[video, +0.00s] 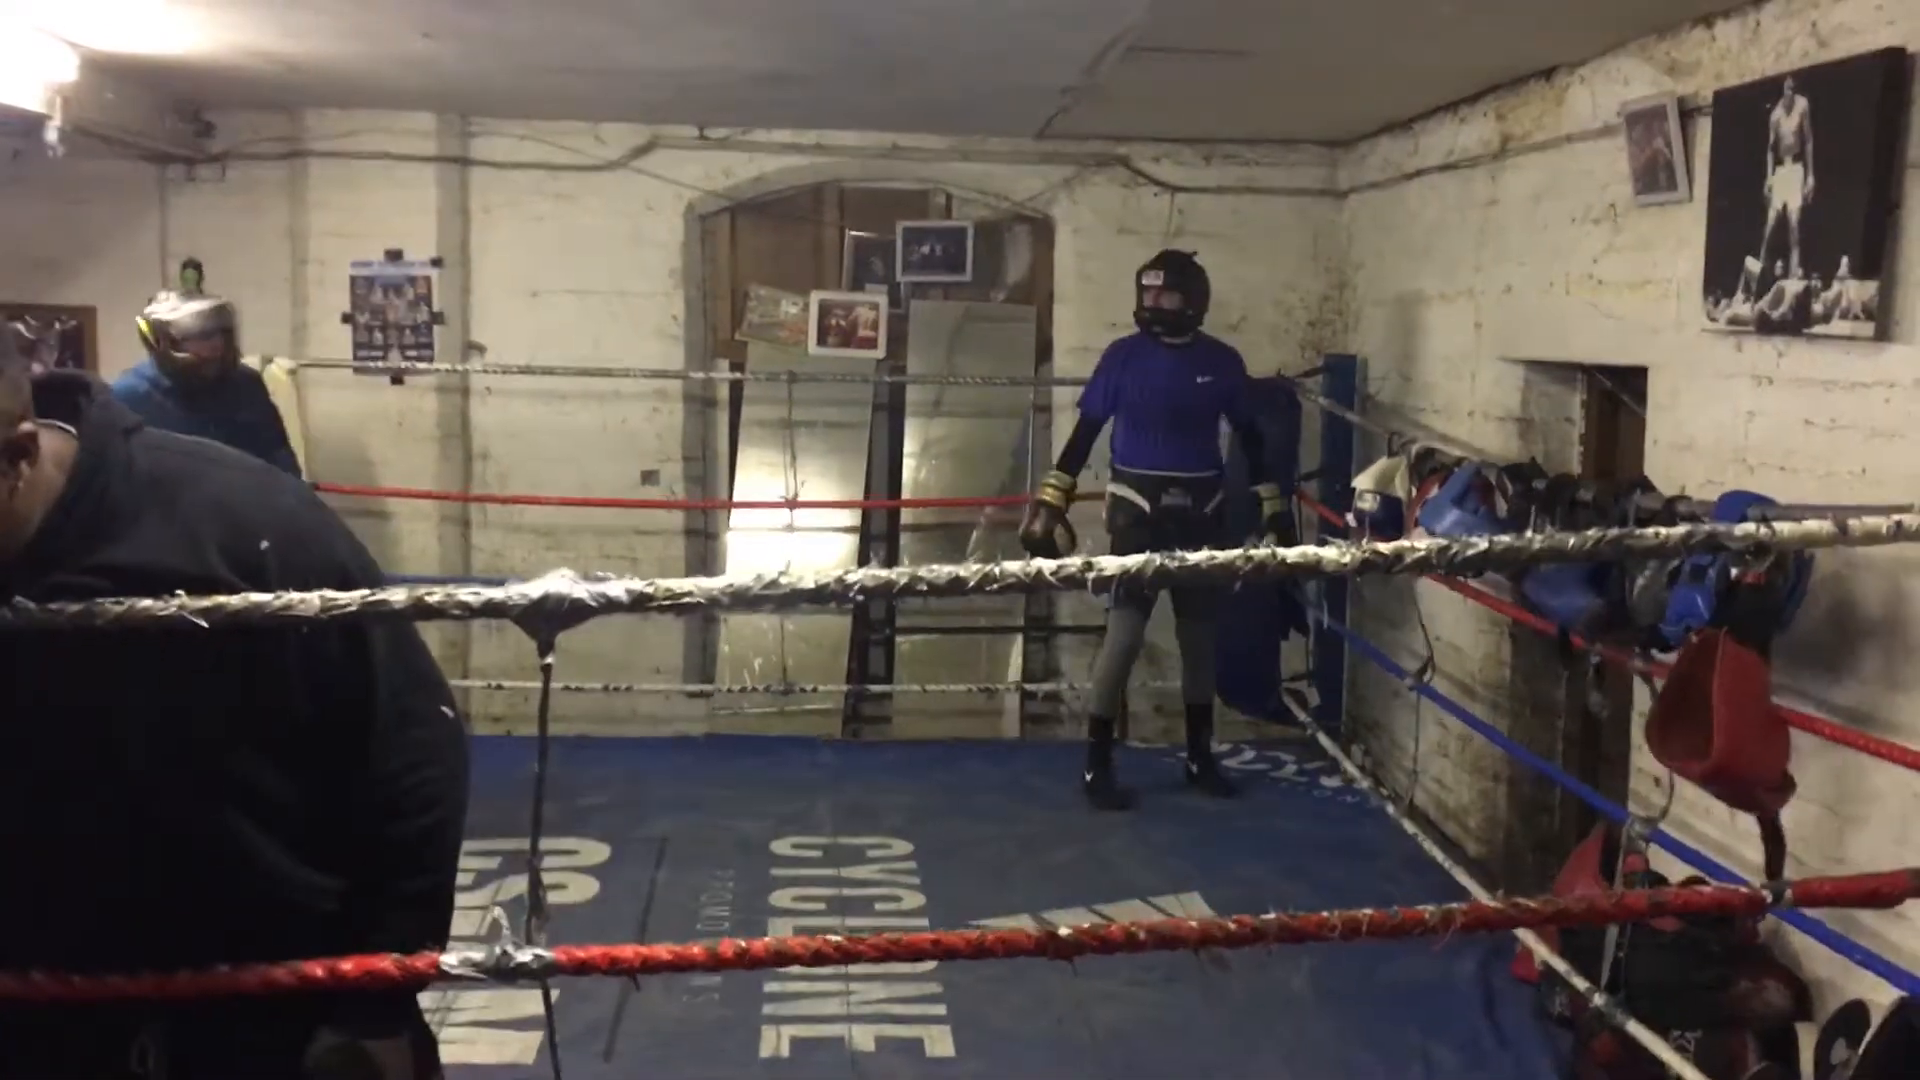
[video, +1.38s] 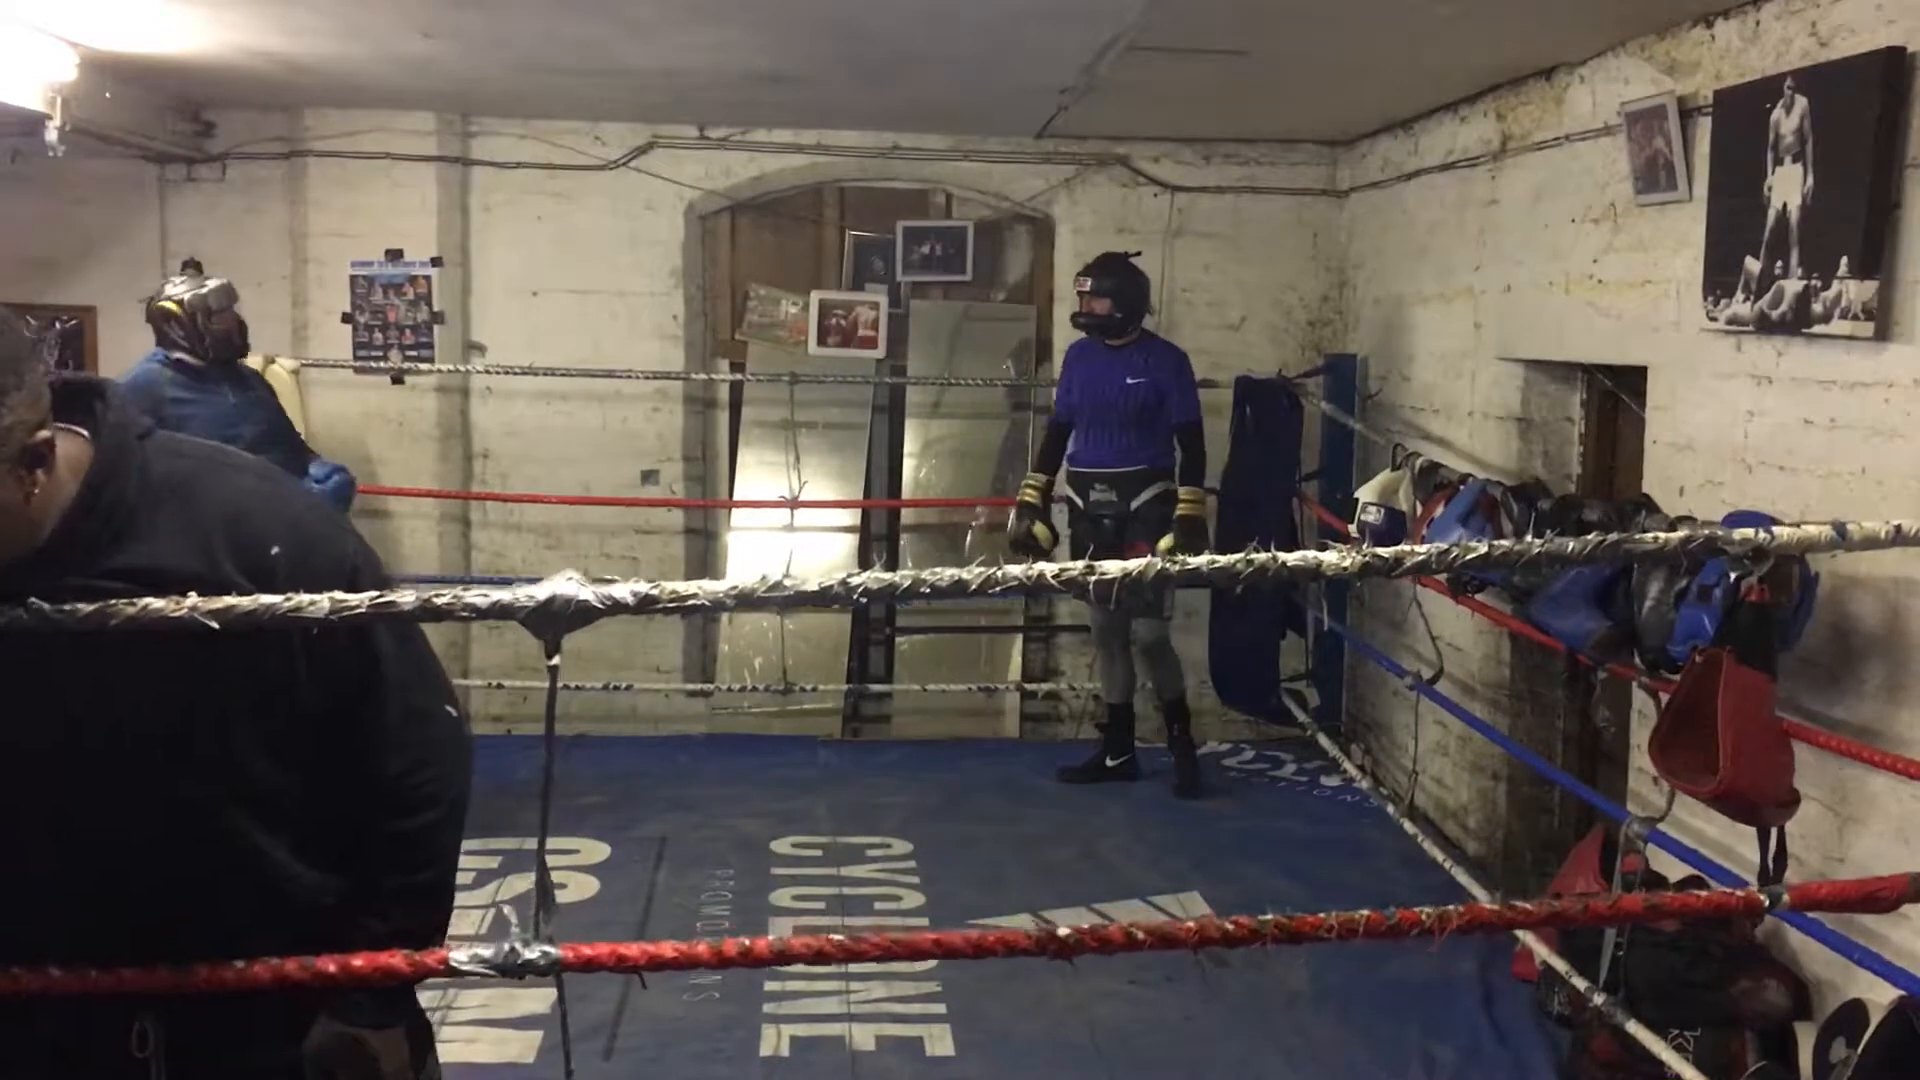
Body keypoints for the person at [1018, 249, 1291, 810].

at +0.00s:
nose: (1153, 301)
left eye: (1166, 292)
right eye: (1147, 291)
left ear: (1193, 299)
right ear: (1140, 296)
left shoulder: (1222, 360)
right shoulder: (1124, 356)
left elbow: (1251, 435)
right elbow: (1085, 430)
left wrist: (1269, 509)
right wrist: (1052, 499)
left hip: (1203, 506)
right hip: (1136, 505)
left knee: (1199, 640)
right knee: (1125, 636)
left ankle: (1201, 759)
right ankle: (1097, 766)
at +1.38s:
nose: (1083, 305)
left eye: (1093, 296)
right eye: (1082, 295)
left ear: (1123, 301)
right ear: (1089, 301)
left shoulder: (1166, 360)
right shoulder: (1079, 357)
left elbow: (1191, 443)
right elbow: (1058, 431)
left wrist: (1190, 517)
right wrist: (1033, 498)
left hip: (1149, 507)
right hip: (1090, 507)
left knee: (1151, 635)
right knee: (1106, 632)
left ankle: (1183, 752)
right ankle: (1117, 751)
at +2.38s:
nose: (1075, 306)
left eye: (1087, 299)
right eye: (1074, 297)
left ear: (1117, 308)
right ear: (1077, 301)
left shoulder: (1147, 373)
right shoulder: (1069, 353)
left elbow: (1161, 462)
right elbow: (1046, 423)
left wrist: (1137, 539)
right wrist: (1017, 491)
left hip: (1109, 511)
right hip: (1055, 506)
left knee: (1103, 637)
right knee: (1054, 638)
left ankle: (1100, 768)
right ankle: (1104, 738)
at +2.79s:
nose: (1043, 307)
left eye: (1054, 297)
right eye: (1042, 296)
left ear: (1083, 302)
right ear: (1048, 301)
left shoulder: (1125, 367)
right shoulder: (1048, 353)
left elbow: (1141, 454)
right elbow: (1032, 429)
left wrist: (1133, 525)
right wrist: (1000, 495)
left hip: (1096, 505)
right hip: (1038, 500)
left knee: (1093, 630)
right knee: (994, 621)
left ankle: (1096, 771)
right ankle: (1034, 729)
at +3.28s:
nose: (994, 298)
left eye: (1005, 289)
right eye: (993, 289)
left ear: (1033, 295)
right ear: (998, 296)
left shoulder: (1067, 358)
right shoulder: (991, 358)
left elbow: (1078, 448)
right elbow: (978, 434)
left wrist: (1052, 518)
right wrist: (956, 504)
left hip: (1045, 514)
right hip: (992, 511)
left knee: (1063, 632)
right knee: (1007, 634)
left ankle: (1088, 769)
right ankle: (1018, 758)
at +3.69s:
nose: (952, 301)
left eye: (964, 291)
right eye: (949, 291)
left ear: (991, 298)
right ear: (948, 297)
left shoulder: (1026, 356)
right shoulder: (945, 356)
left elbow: (1049, 441)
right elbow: (933, 432)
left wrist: (1030, 516)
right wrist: (911, 503)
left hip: (1007, 502)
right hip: (954, 501)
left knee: (976, 628)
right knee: (978, 631)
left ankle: (1033, 714)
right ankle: (1013, 752)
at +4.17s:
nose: (888, 323)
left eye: (898, 311)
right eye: (884, 311)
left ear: (926, 313)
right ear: (882, 316)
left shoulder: (968, 366)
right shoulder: (901, 369)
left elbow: (1016, 444)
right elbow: (904, 439)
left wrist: (1025, 523)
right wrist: (901, 500)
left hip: (979, 501)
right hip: (931, 505)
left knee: (976, 630)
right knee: (978, 626)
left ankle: (980, 767)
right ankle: (1033, 734)